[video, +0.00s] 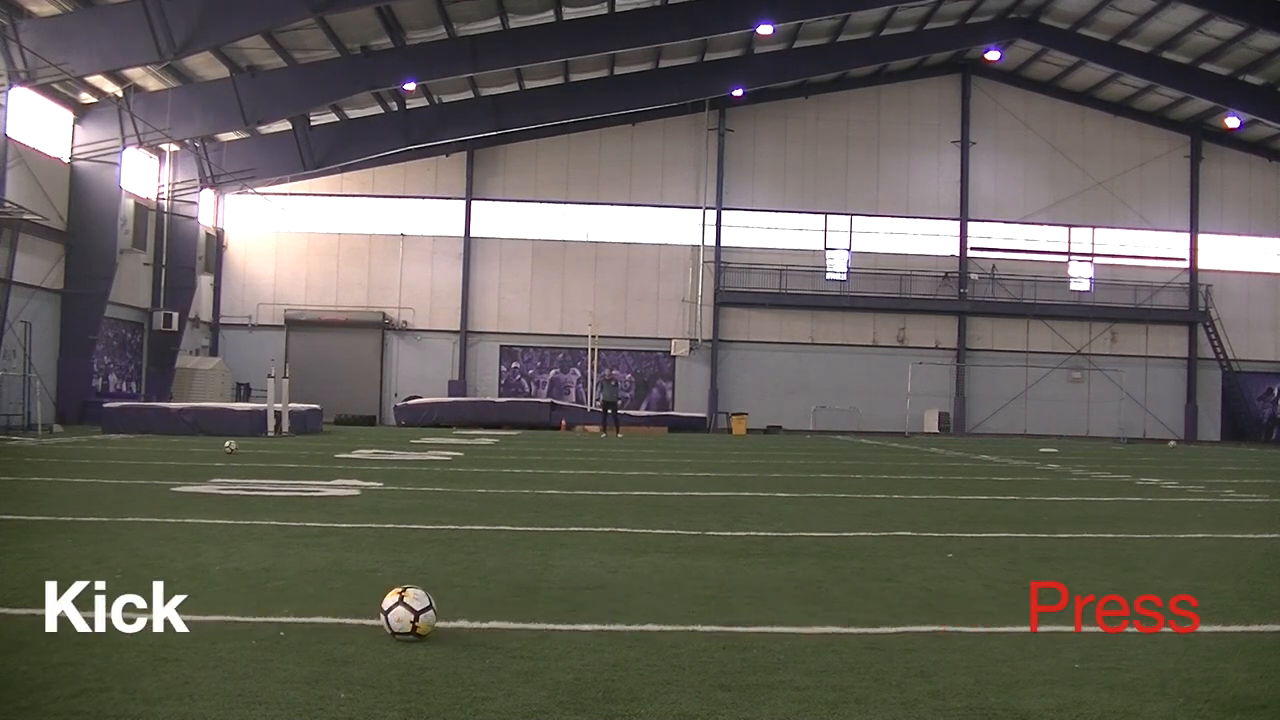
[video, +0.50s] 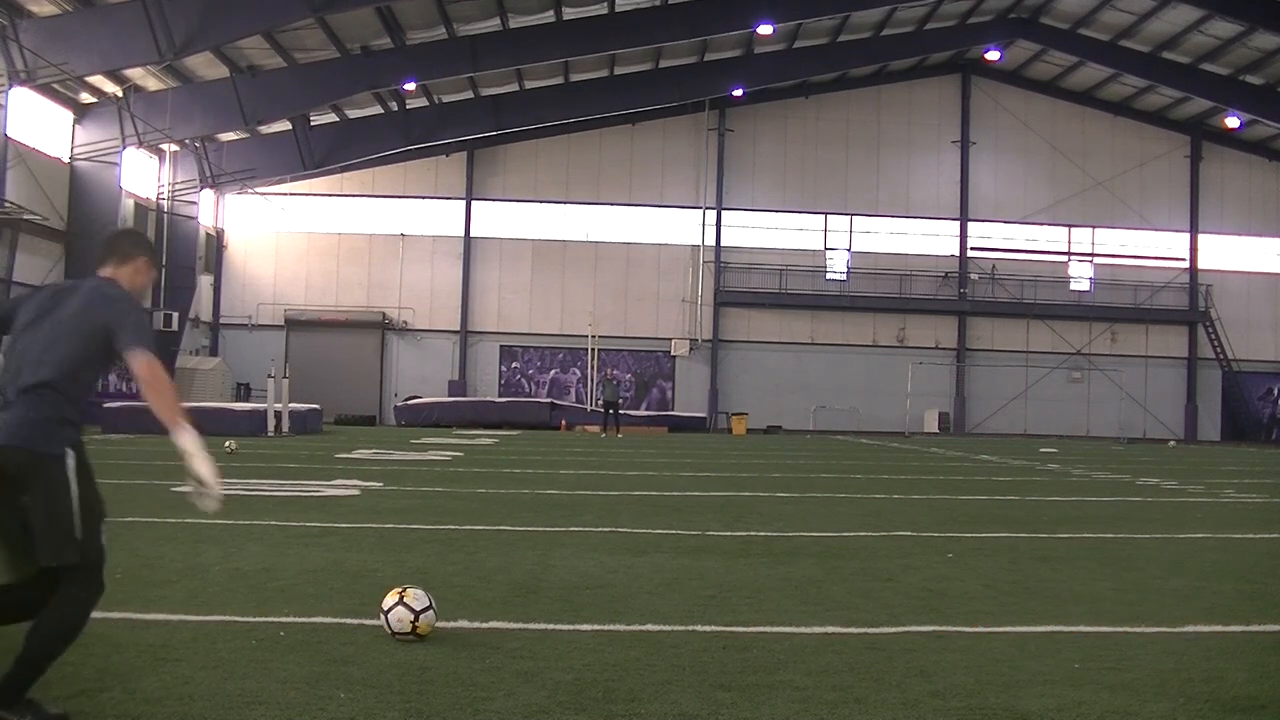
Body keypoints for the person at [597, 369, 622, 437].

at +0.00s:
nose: (608, 374)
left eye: (610, 373)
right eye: (607, 373)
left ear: (612, 373)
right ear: (605, 373)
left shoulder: (615, 381)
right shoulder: (602, 382)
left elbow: (618, 391)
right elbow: (599, 391)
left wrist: (619, 399)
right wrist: (598, 399)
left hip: (613, 401)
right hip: (605, 401)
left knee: (615, 417)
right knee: (604, 417)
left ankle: (617, 432)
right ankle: (604, 432)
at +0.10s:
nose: (608, 375)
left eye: (610, 373)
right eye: (607, 373)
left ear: (612, 373)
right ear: (605, 373)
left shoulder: (615, 381)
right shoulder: (602, 381)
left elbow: (618, 391)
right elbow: (599, 391)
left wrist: (619, 399)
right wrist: (598, 399)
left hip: (614, 401)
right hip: (605, 401)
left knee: (615, 417)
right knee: (604, 417)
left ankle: (617, 432)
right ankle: (604, 432)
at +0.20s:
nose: (609, 373)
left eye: (610, 372)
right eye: (608, 372)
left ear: (612, 373)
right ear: (606, 372)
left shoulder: (615, 381)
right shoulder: (603, 381)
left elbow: (618, 391)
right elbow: (600, 390)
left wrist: (619, 398)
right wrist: (599, 399)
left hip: (614, 401)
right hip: (606, 401)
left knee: (616, 417)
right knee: (604, 417)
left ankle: (617, 432)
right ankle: (604, 432)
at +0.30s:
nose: (609, 373)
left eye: (610, 372)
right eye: (608, 372)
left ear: (612, 372)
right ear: (606, 372)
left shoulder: (616, 381)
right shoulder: (603, 381)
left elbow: (619, 391)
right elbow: (600, 390)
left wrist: (619, 398)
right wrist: (599, 399)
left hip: (614, 401)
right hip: (606, 401)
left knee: (616, 417)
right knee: (604, 417)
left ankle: (617, 432)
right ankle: (604, 432)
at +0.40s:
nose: (609, 373)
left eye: (610, 372)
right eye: (608, 372)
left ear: (612, 372)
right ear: (606, 372)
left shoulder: (616, 381)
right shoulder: (603, 381)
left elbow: (619, 390)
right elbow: (600, 390)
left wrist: (620, 398)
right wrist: (599, 399)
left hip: (615, 401)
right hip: (606, 400)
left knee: (616, 417)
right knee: (605, 417)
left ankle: (617, 432)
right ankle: (604, 432)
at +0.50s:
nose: (609, 374)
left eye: (610, 372)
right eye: (608, 372)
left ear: (612, 373)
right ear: (606, 373)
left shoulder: (616, 381)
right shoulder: (604, 381)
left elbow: (619, 390)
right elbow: (601, 390)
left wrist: (620, 398)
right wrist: (599, 399)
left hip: (615, 401)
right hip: (606, 401)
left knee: (616, 417)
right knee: (605, 417)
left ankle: (618, 432)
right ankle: (604, 432)